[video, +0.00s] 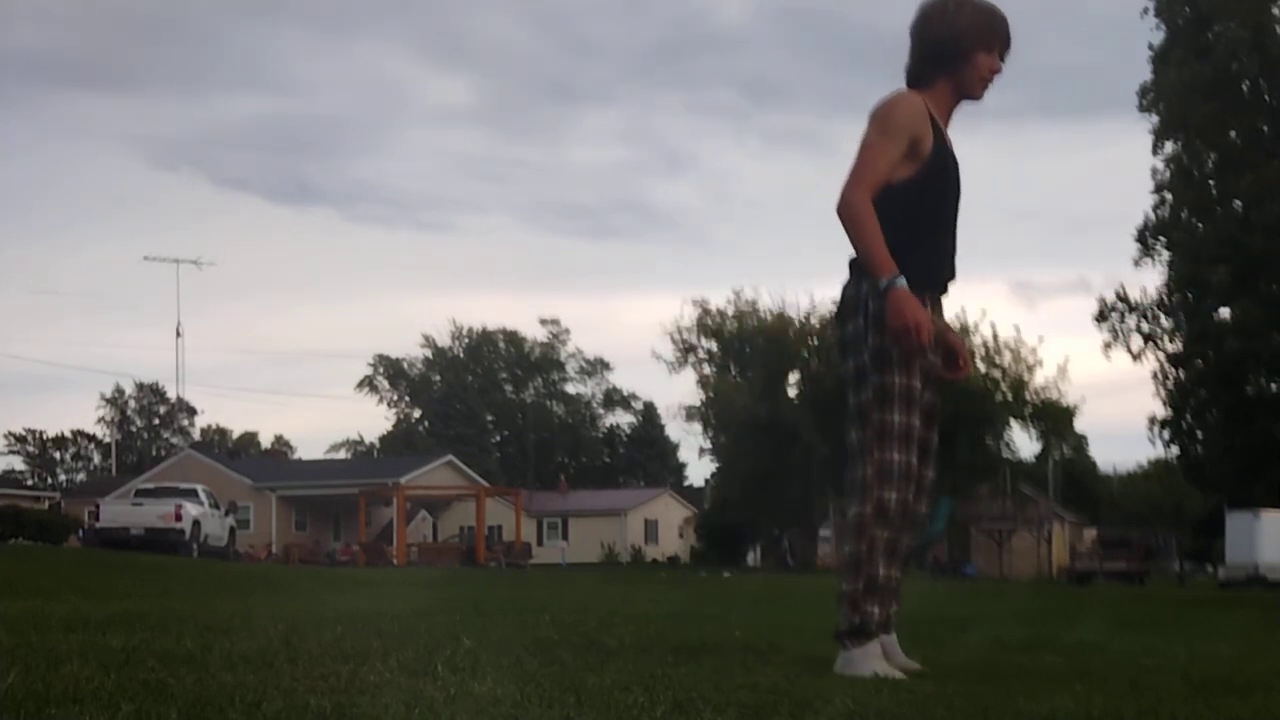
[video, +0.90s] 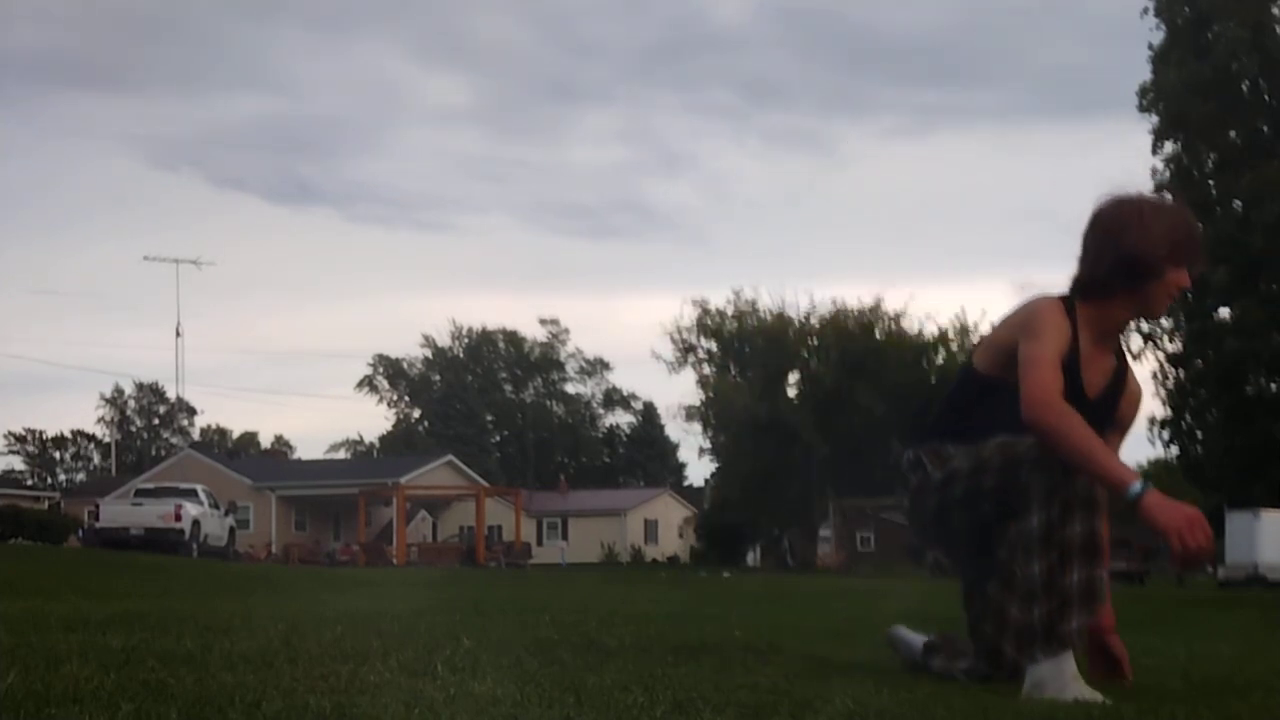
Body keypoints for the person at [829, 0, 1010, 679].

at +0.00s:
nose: (998, 69)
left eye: (1000, 58)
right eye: (992, 55)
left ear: (962, 56)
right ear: (960, 50)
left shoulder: (935, 135)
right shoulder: (905, 110)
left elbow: (914, 245)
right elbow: (853, 203)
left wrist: (939, 326)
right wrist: (893, 287)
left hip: (912, 316)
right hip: (884, 310)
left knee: (909, 475)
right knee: (886, 472)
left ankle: (880, 634)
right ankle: (857, 643)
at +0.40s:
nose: (1062, 131)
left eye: (1066, 120)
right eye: (1059, 116)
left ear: (1033, 113)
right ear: (1025, 107)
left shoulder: (983, 193)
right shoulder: (962, 147)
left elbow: (943, 310)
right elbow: (878, 206)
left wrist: (994, 389)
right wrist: (882, 311)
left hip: (909, 329)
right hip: (879, 317)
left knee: (953, 464)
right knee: (952, 458)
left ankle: (883, 627)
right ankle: (877, 628)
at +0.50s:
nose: (1092, 170)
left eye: (1096, 159)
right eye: (1088, 155)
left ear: (1059, 155)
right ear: (1053, 145)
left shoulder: (999, 252)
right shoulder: (986, 177)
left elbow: (976, 354)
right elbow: (893, 225)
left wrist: (1020, 441)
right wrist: (896, 328)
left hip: (902, 336)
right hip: (876, 322)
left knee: (963, 461)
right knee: (968, 455)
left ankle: (897, 627)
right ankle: (912, 629)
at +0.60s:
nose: (1117, 208)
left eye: (1121, 197)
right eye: (1113, 193)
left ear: (1074, 189)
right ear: (1078, 184)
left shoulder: (1018, 294)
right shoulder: (1006, 213)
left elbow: (1005, 400)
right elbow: (911, 254)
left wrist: (1043, 496)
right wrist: (918, 360)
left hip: (903, 362)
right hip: (880, 344)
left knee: (963, 493)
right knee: (987, 460)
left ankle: (890, 641)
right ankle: (986, 644)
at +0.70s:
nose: (1142, 228)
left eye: (1144, 217)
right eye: (1137, 213)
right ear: (1101, 208)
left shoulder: (1050, 320)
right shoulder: (1028, 244)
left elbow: (1025, 427)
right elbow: (940, 297)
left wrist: (1054, 527)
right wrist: (973, 405)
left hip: (929, 401)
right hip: (894, 385)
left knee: (988, 530)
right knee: (1014, 488)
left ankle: (890, 651)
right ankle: (1045, 667)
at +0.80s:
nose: (1166, 254)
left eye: (1166, 240)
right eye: (1158, 238)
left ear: (1131, 245)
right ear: (1120, 237)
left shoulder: (1088, 356)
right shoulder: (1042, 285)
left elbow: (1050, 458)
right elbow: (990, 362)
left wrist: (1071, 581)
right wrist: (1057, 462)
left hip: (969, 458)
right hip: (915, 433)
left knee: (1012, 616)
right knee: (1053, 477)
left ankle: (904, 653)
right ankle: (1051, 667)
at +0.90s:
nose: (1186, 282)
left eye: (1186, 267)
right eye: (1176, 265)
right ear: (1136, 263)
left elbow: (1092, 506)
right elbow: (1042, 410)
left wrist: (1098, 618)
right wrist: (1144, 495)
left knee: (1005, 665)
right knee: (1053, 462)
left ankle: (914, 649)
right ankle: (1050, 667)